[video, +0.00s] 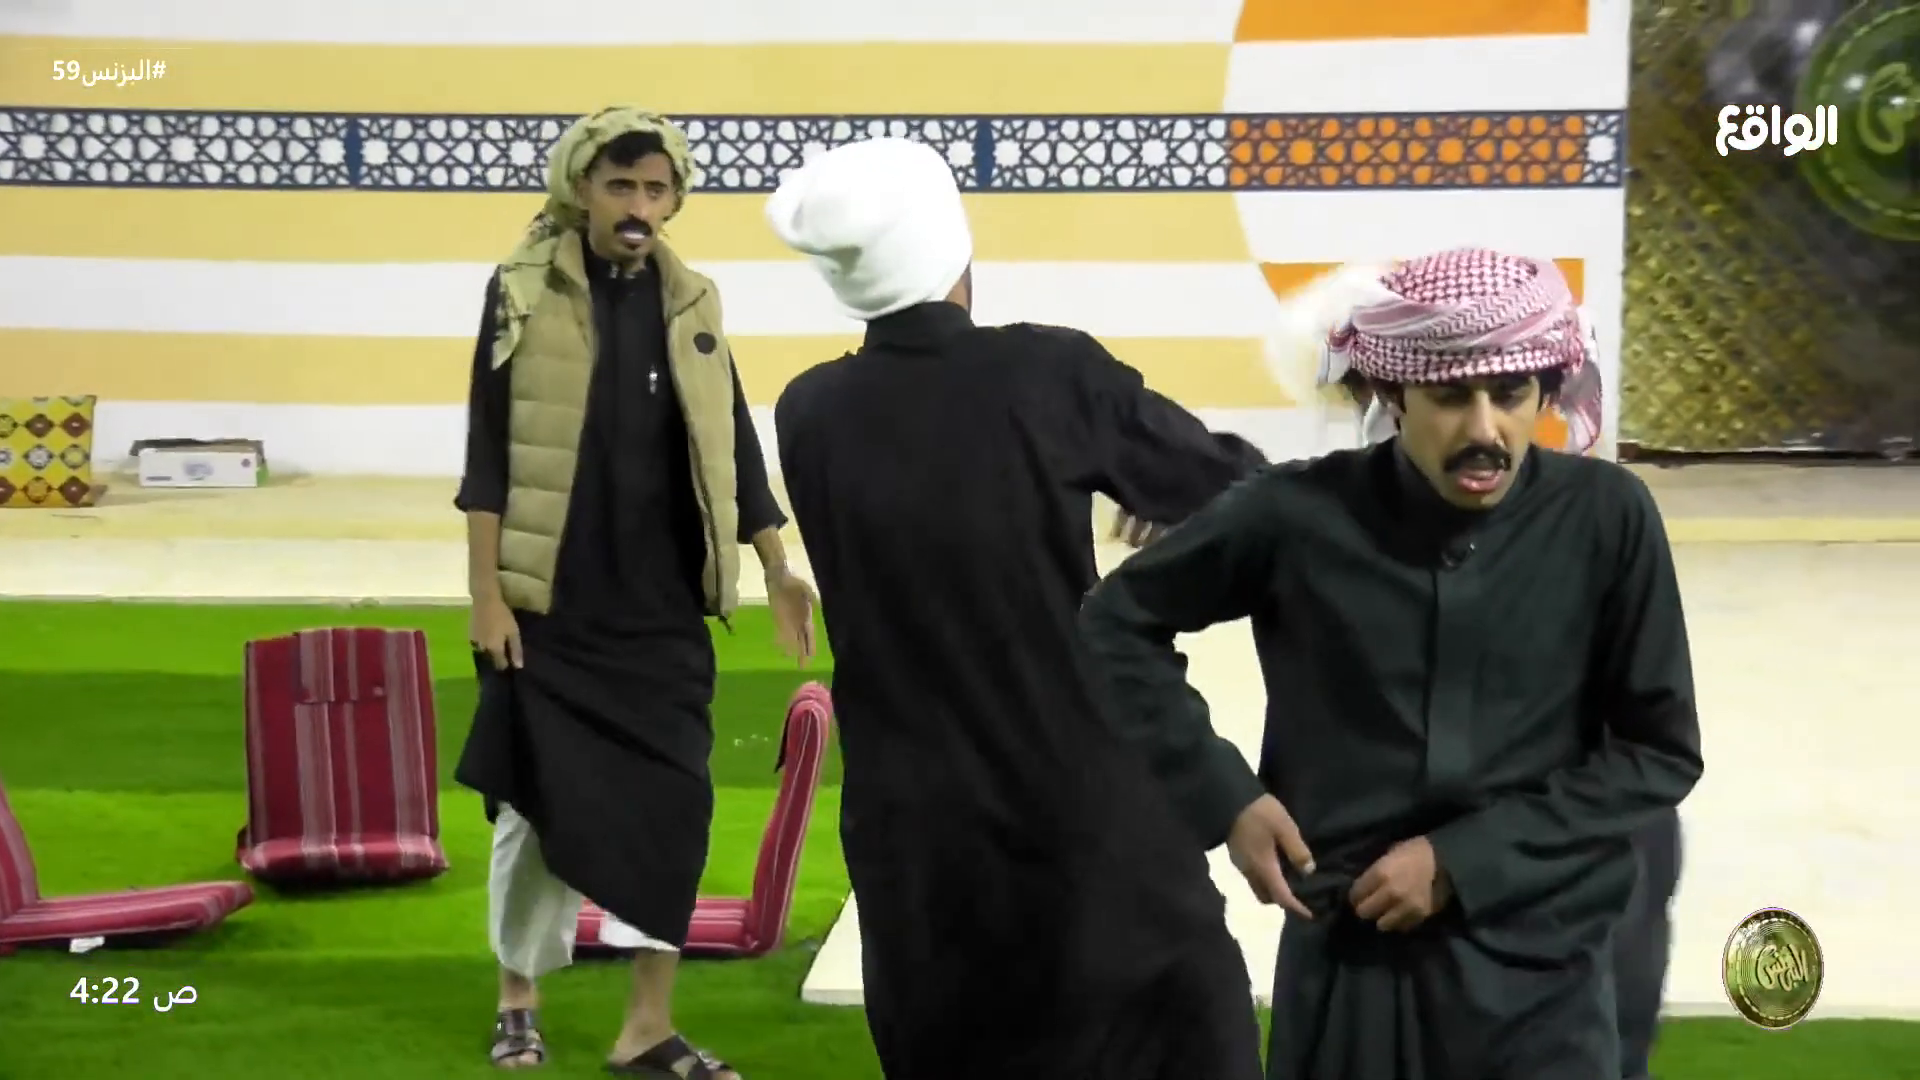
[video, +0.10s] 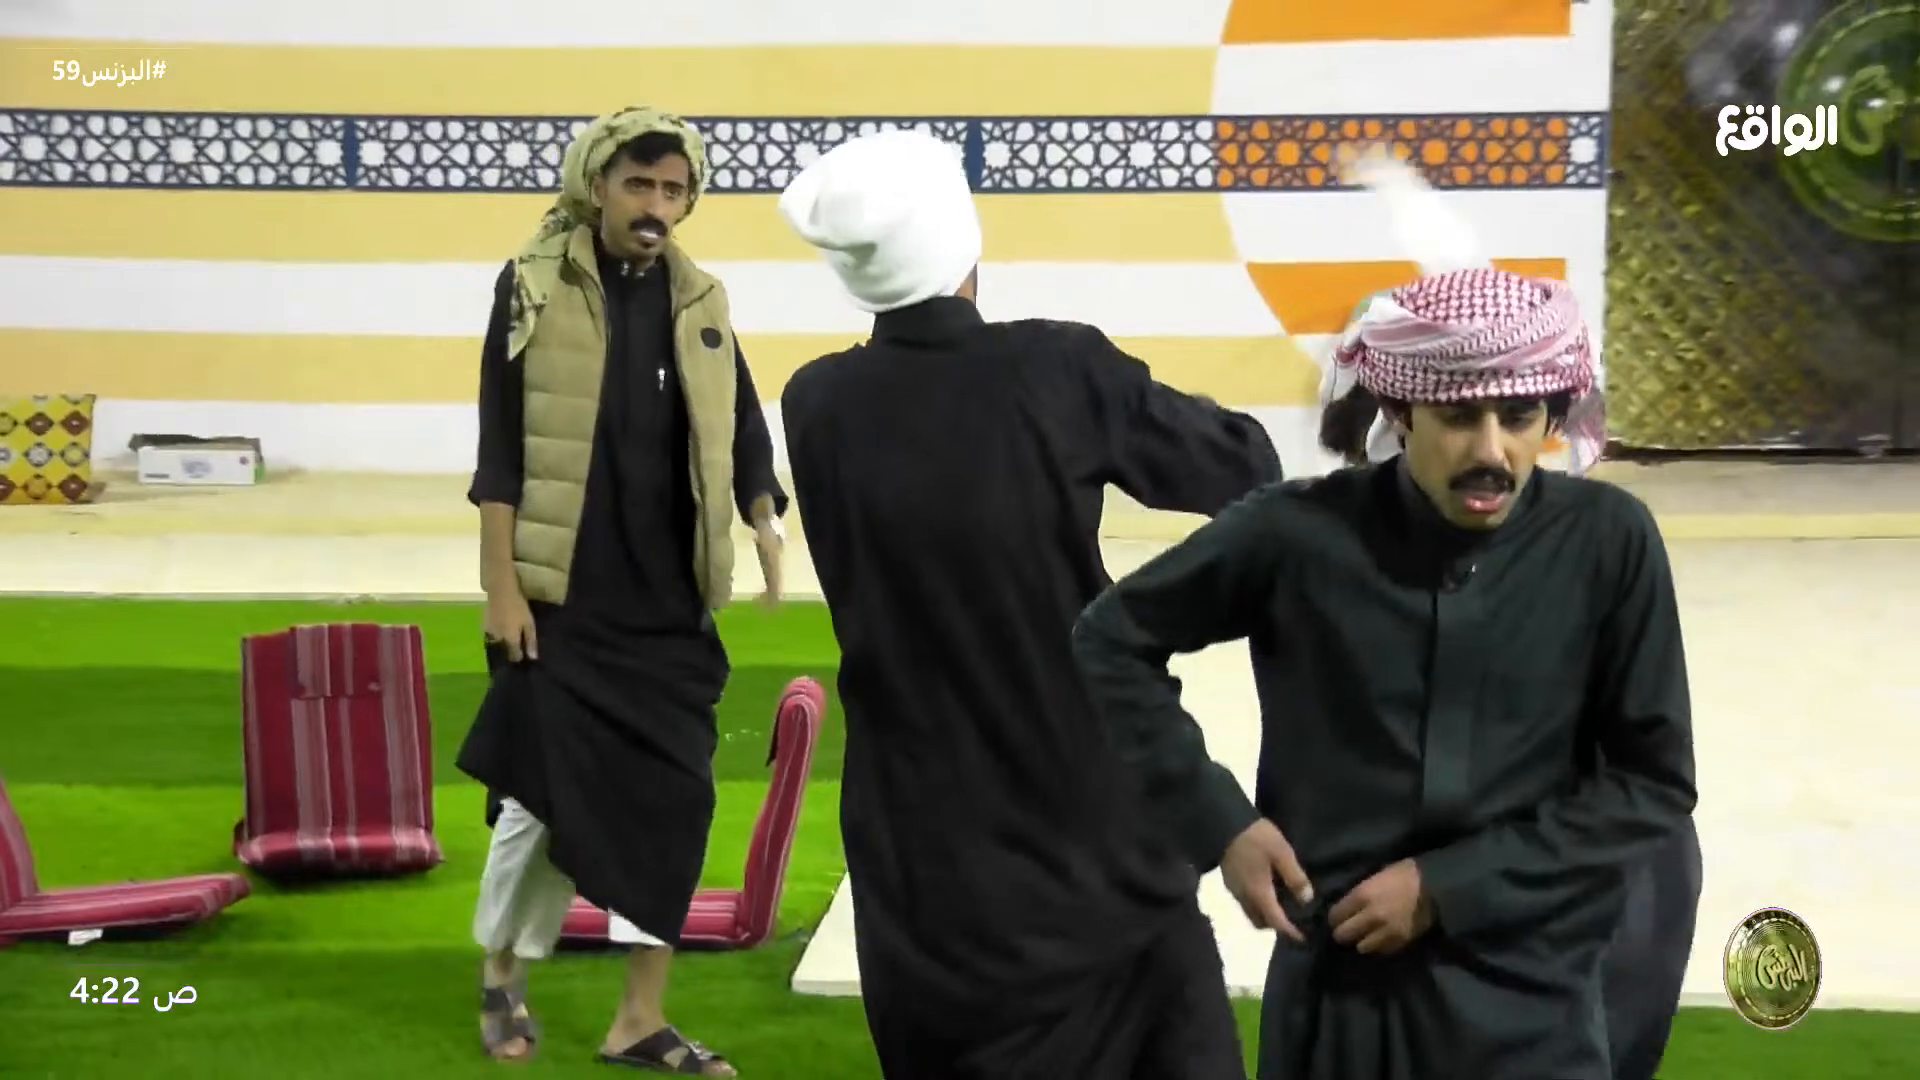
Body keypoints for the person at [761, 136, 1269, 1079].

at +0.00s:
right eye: (963, 237)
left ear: (847, 283)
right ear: (962, 260)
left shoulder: (808, 415)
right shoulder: (1056, 372)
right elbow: (1237, 491)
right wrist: (1167, 528)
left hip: (908, 825)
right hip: (1082, 801)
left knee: (942, 1046)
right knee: (1171, 1037)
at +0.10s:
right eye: (969, 223)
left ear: (853, 269)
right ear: (969, 248)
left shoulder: (815, 407)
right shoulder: (1063, 370)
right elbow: (1246, 467)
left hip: (909, 836)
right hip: (1080, 816)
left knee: (938, 1045)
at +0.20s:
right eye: (984, 226)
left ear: (874, 268)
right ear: (989, 252)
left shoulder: (826, 403)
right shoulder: (1072, 377)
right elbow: (1199, 498)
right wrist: (1147, 369)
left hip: (901, 822)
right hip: (1065, 811)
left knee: (924, 1049)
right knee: (1116, 1047)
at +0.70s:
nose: (668, 397)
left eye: (693, 371)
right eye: (666, 373)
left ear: (768, 381)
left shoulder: (839, 488)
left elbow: (907, 705)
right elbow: (840, 709)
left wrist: (827, 855)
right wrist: (697, 788)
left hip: (1011, 846)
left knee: (785, 1000)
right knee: (781, 981)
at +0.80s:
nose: (592, 469)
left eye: (604, 433)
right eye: (578, 451)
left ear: (679, 417)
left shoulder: (815, 491)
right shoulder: (696, 570)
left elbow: (938, 663)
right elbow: (758, 737)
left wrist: (839, 818)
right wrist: (702, 854)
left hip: (1005, 799)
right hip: (883, 801)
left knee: (1021, 1034)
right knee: (761, 974)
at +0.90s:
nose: (556, 521)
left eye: (558, 487)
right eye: (535, 507)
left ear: (625, 447)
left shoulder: (776, 501)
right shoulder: (643, 591)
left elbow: (912, 654)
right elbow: (715, 745)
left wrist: (830, 825)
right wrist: (691, 877)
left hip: (966, 771)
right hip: (830, 770)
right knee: (727, 975)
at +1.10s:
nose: (389, 614)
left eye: (400, 586)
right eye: (376, 591)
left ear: (469, 543)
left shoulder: (621, 556)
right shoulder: (497, 627)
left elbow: (782, 683)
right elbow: (586, 770)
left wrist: (792, 874)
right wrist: (586, 923)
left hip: (828, 791)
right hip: (696, 793)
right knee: (630, 995)